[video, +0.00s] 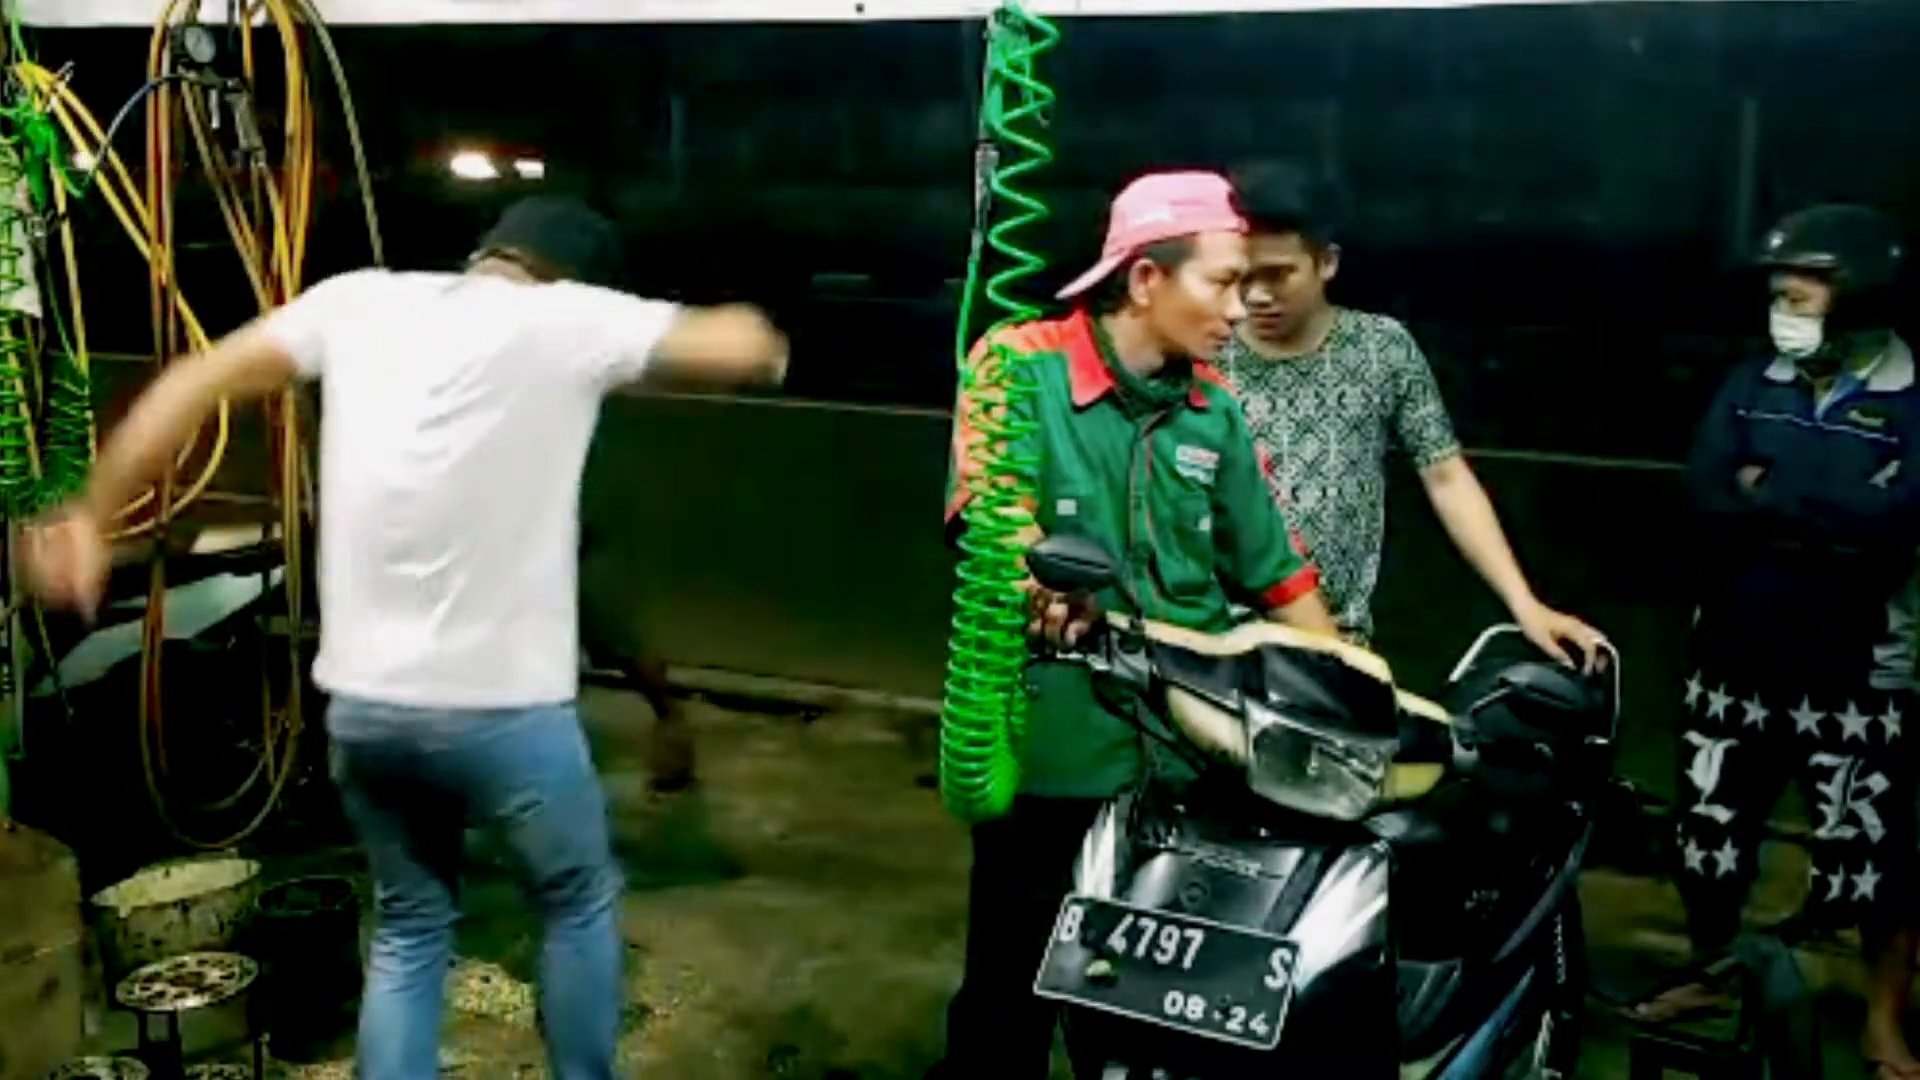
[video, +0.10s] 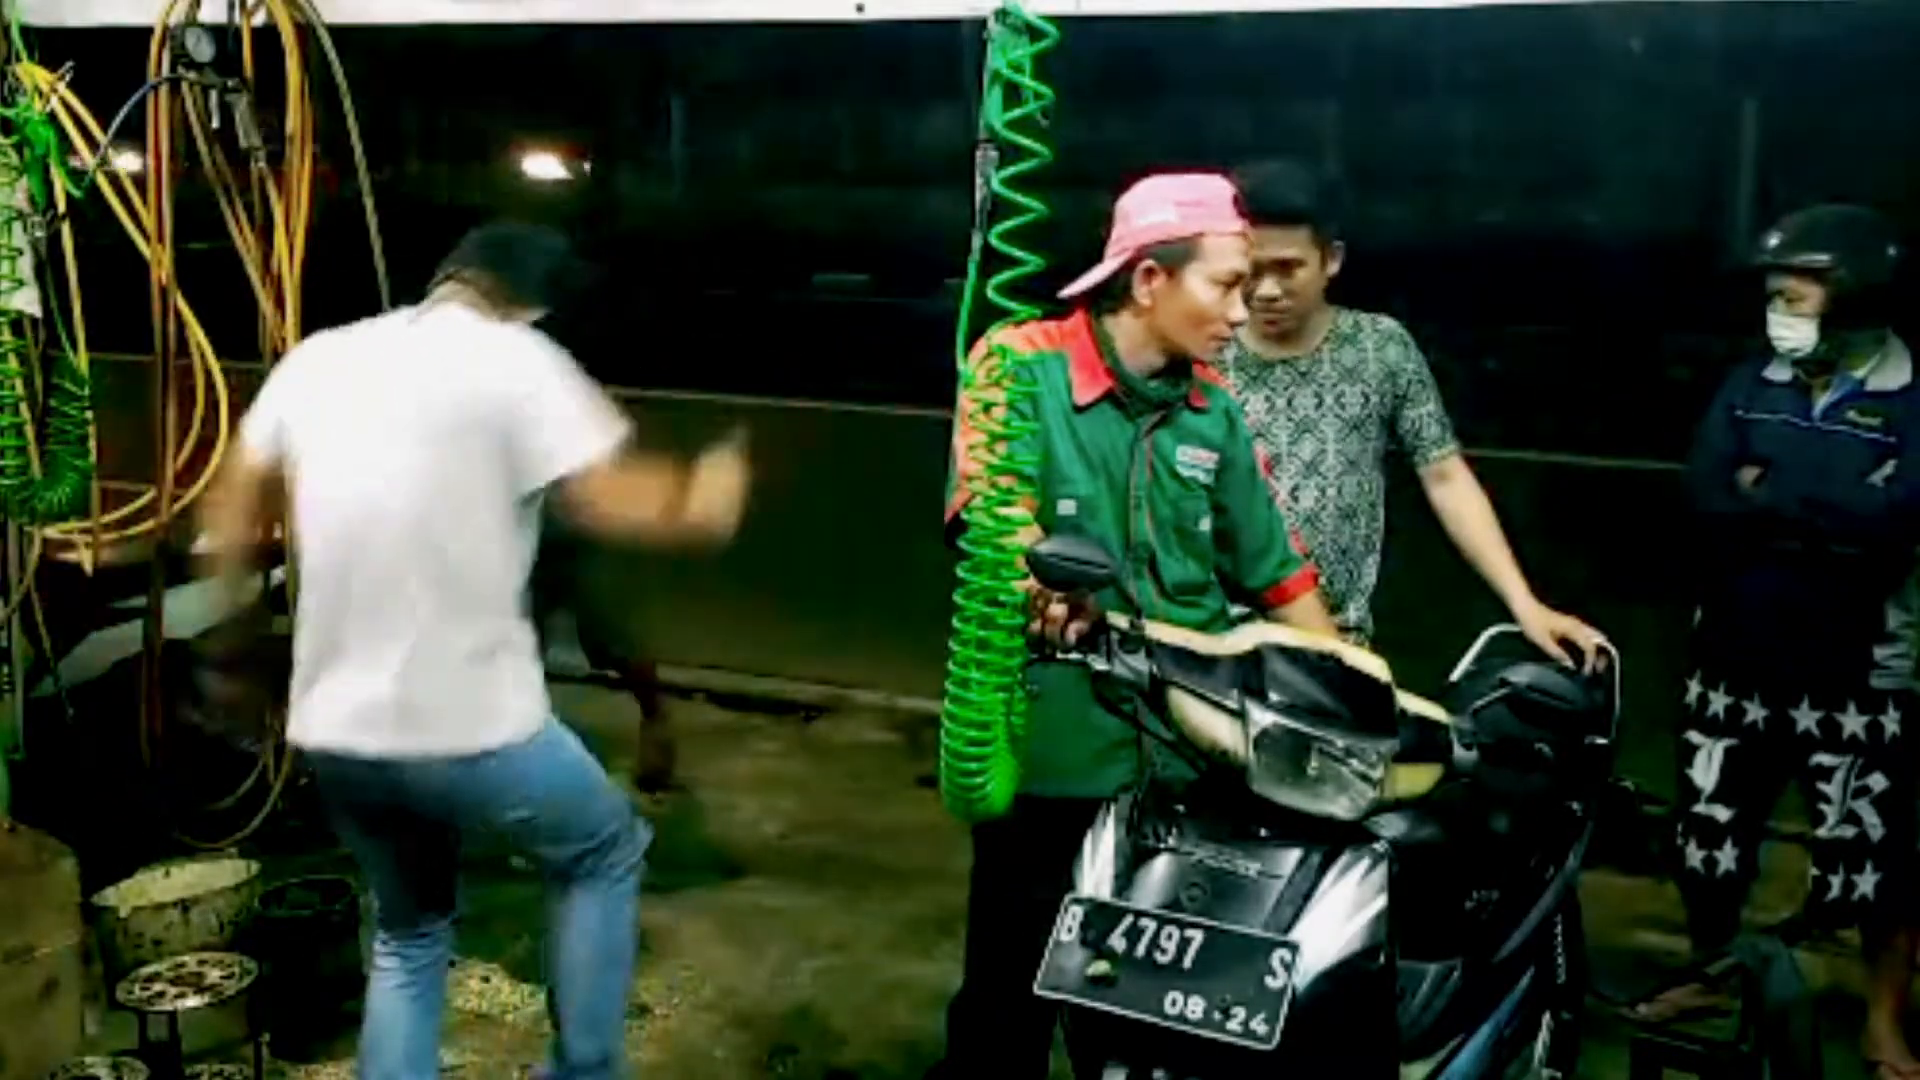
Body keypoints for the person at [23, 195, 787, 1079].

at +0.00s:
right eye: (585, 276)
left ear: (486, 253)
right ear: (565, 273)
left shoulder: (354, 302)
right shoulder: (572, 321)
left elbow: (191, 381)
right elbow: (750, 348)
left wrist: (89, 515)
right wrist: (692, 331)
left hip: (364, 709)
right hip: (508, 714)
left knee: (407, 921)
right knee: (577, 903)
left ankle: (391, 1074)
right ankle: (584, 1069)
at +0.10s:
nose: (534, 331)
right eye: (537, 318)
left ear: (445, 282)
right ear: (524, 305)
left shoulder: (314, 360)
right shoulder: (519, 363)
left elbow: (227, 527)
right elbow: (605, 496)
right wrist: (700, 499)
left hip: (337, 732)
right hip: (472, 730)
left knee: (406, 937)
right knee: (603, 850)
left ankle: (392, 1076)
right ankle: (586, 1066)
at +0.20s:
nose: (502, 358)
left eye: (507, 344)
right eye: (506, 342)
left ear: (419, 303)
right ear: (489, 327)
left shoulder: (297, 393)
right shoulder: (477, 383)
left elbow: (302, 557)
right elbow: (529, 550)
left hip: (318, 747)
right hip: (446, 742)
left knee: (410, 935)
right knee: (608, 838)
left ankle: (394, 1075)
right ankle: (542, 1062)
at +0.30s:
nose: (490, 356)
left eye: (499, 341)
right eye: (494, 337)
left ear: (411, 290)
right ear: (475, 316)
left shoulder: (306, 361)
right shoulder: (434, 369)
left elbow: (422, 479)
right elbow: (429, 529)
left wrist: (581, 486)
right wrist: (480, 684)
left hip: (300, 737)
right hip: (400, 740)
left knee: (401, 938)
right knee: (580, 866)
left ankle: (394, 1072)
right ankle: (470, 1065)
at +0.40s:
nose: (491, 315)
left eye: (498, 302)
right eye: (498, 298)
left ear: (415, 245)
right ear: (480, 283)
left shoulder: (315, 312)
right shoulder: (408, 323)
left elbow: (495, 356)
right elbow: (335, 459)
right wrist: (365, 647)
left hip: (299, 711)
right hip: (390, 714)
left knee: (383, 943)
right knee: (497, 931)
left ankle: (373, 1072)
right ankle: (402, 1067)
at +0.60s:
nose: (494, 328)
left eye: (508, 311)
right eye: (502, 310)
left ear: (420, 252)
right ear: (474, 293)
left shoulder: (315, 305)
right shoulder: (382, 314)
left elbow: (485, 316)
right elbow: (298, 412)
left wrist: (583, 360)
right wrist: (338, 611)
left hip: (291, 731)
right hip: (328, 741)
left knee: (385, 994)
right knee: (391, 1013)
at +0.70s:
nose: (463, 357)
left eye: (471, 345)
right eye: (472, 344)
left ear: (385, 278)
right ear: (456, 333)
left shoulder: (262, 337)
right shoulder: (384, 384)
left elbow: (398, 459)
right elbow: (335, 570)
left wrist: (513, 516)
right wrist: (412, 719)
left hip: (211, 747)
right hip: (305, 775)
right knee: (404, 1025)